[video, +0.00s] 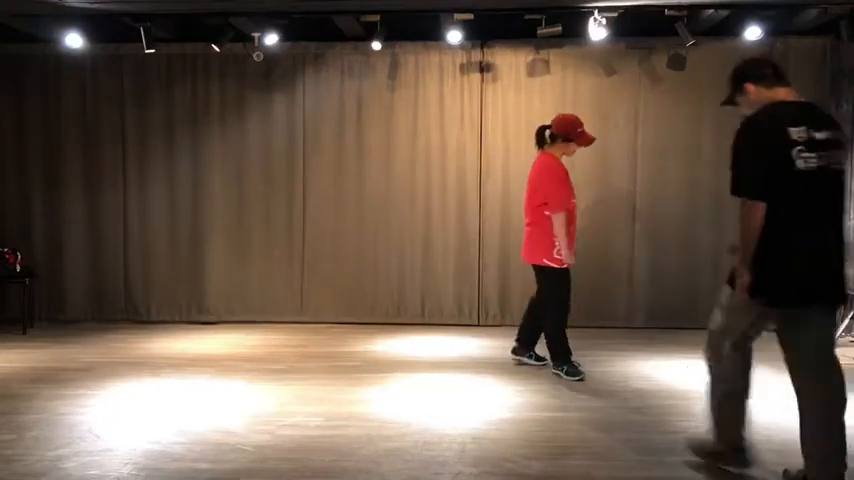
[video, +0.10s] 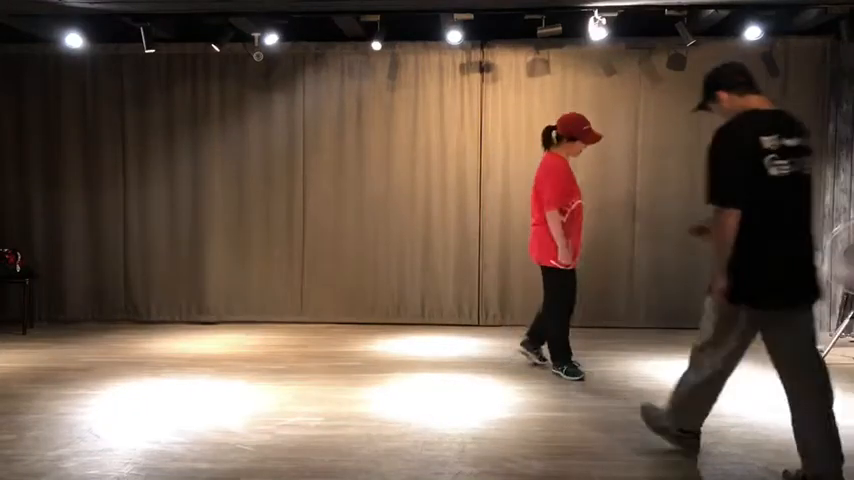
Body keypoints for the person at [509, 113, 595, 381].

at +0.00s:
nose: (577, 148)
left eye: (578, 144)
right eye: (575, 143)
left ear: (557, 139)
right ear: (564, 141)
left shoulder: (544, 163)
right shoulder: (552, 168)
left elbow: (552, 209)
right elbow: (558, 212)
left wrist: (557, 241)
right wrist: (563, 245)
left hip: (542, 248)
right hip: (550, 250)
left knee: (545, 298)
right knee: (556, 304)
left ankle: (523, 347)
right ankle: (561, 360)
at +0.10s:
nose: (583, 148)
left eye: (584, 143)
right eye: (582, 143)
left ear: (565, 139)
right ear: (568, 140)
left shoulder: (557, 163)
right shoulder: (553, 166)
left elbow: (557, 209)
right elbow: (551, 211)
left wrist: (569, 244)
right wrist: (562, 247)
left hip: (560, 248)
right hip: (554, 249)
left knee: (558, 300)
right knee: (560, 304)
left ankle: (533, 341)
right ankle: (561, 360)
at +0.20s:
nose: (587, 146)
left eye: (588, 142)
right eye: (585, 141)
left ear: (570, 138)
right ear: (570, 138)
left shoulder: (568, 164)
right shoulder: (558, 167)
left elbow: (570, 207)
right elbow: (556, 211)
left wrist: (578, 241)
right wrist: (560, 245)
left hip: (573, 249)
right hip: (561, 252)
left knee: (578, 292)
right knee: (560, 305)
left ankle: (547, 338)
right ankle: (560, 358)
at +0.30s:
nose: (590, 146)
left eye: (592, 141)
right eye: (587, 140)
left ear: (576, 138)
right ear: (572, 137)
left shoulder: (577, 162)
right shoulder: (561, 166)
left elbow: (579, 204)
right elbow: (563, 208)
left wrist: (584, 240)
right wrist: (562, 243)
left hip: (581, 249)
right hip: (564, 252)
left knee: (589, 294)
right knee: (563, 304)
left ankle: (563, 344)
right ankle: (560, 358)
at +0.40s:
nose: (594, 145)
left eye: (596, 140)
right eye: (591, 139)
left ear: (590, 138)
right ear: (575, 136)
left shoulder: (588, 163)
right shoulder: (564, 166)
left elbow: (590, 202)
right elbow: (563, 208)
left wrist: (594, 235)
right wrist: (571, 243)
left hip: (588, 248)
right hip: (566, 251)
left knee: (594, 298)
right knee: (564, 306)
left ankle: (588, 348)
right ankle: (561, 360)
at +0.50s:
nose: (600, 145)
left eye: (604, 139)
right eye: (595, 139)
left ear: (606, 139)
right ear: (579, 137)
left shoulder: (602, 166)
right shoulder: (567, 166)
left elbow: (612, 201)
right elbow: (564, 207)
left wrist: (606, 230)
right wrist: (580, 240)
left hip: (596, 250)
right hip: (568, 252)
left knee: (603, 304)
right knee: (566, 308)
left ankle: (610, 353)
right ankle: (562, 360)